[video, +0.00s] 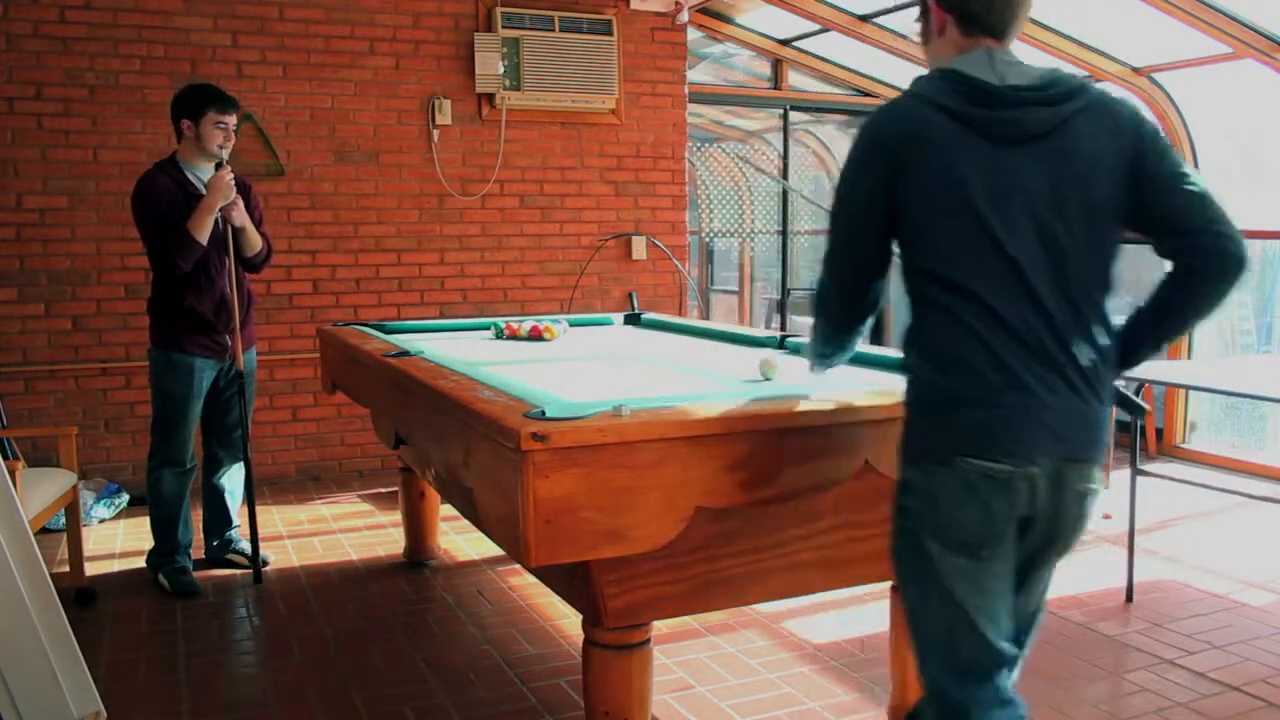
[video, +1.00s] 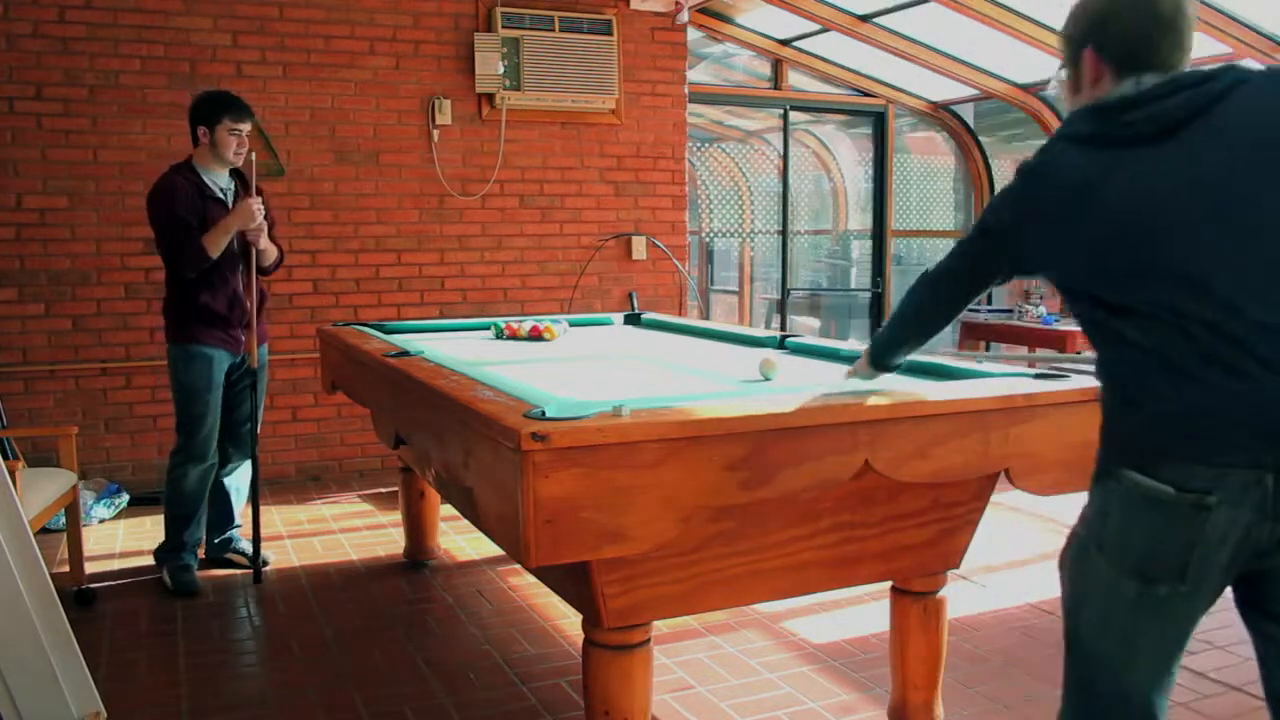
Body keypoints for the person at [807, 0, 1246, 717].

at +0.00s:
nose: (920, 41)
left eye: (919, 24)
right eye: (919, 26)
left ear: (936, 19)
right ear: (1013, 25)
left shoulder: (898, 127)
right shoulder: (1110, 120)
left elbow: (849, 288)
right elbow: (1217, 254)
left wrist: (826, 348)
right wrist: (1115, 354)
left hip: (962, 439)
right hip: (1076, 441)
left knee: (974, 686)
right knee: (981, 673)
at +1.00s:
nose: (1063, 88)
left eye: (1065, 73)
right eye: (1062, 74)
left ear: (1091, 69)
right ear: (1177, 60)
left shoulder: (1060, 177)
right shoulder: (1263, 101)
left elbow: (947, 286)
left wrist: (871, 362)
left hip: (1178, 469)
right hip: (1275, 462)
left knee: (1113, 695)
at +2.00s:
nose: (1046, 263)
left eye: (1046, 248)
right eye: (1043, 250)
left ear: (1073, 247)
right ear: (1150, 219)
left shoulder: (1055, 318)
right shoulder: (1247, 218)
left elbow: (940, 360)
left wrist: (860, 377)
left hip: (1235, 503)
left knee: (1127, 701)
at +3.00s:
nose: (1049, 267)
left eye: (1050, 251)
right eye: (1047, 253)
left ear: (1077, 248)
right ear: (1152, 218)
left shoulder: (1056, 319)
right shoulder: (1250, 213)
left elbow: (938, 361)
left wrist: (860, 376)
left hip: (1240, 503)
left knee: (1136, 703)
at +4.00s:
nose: (1047, 268)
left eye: (1048, 251)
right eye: (1045, 254)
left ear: (1076, 246)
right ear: (1149, 215)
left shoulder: (1057, 317)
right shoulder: (1248, 209)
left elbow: (941, 360)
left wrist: (861, 376)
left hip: (1237, 503)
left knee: (1135, 702)